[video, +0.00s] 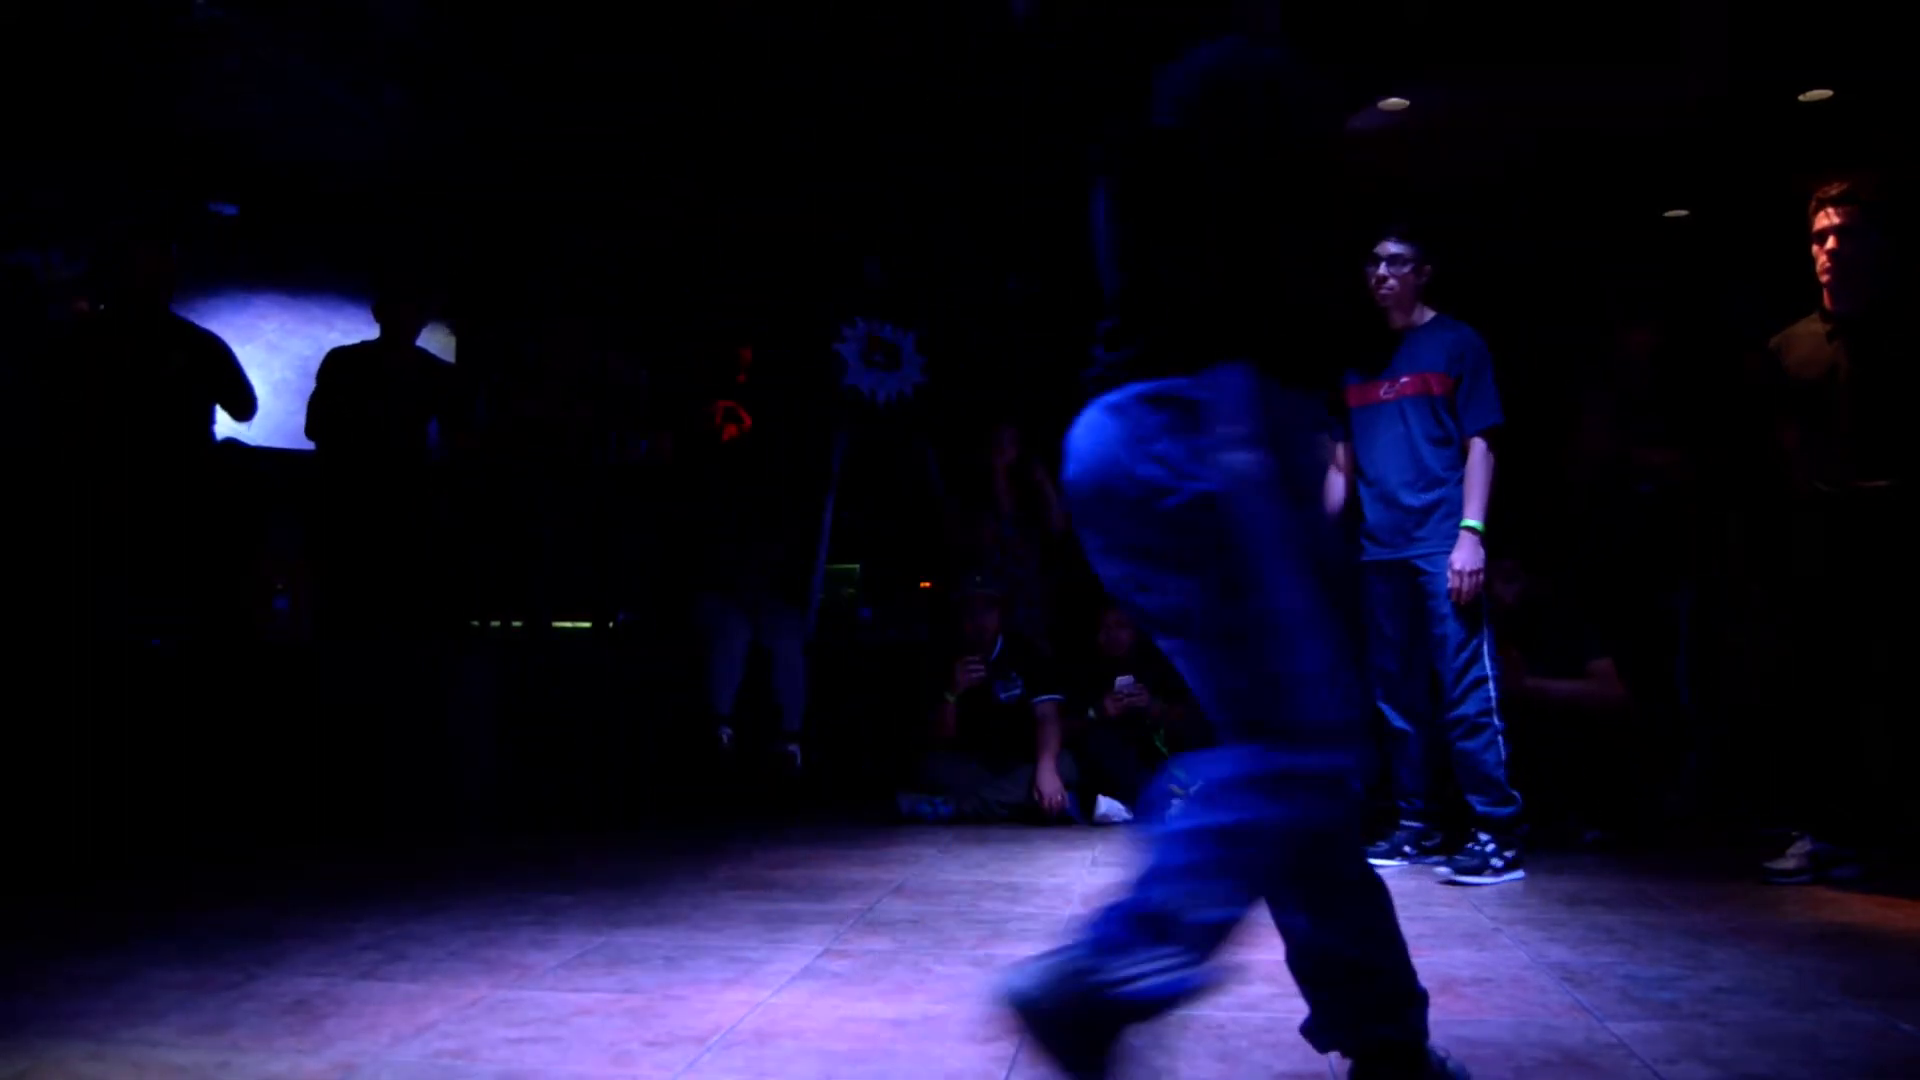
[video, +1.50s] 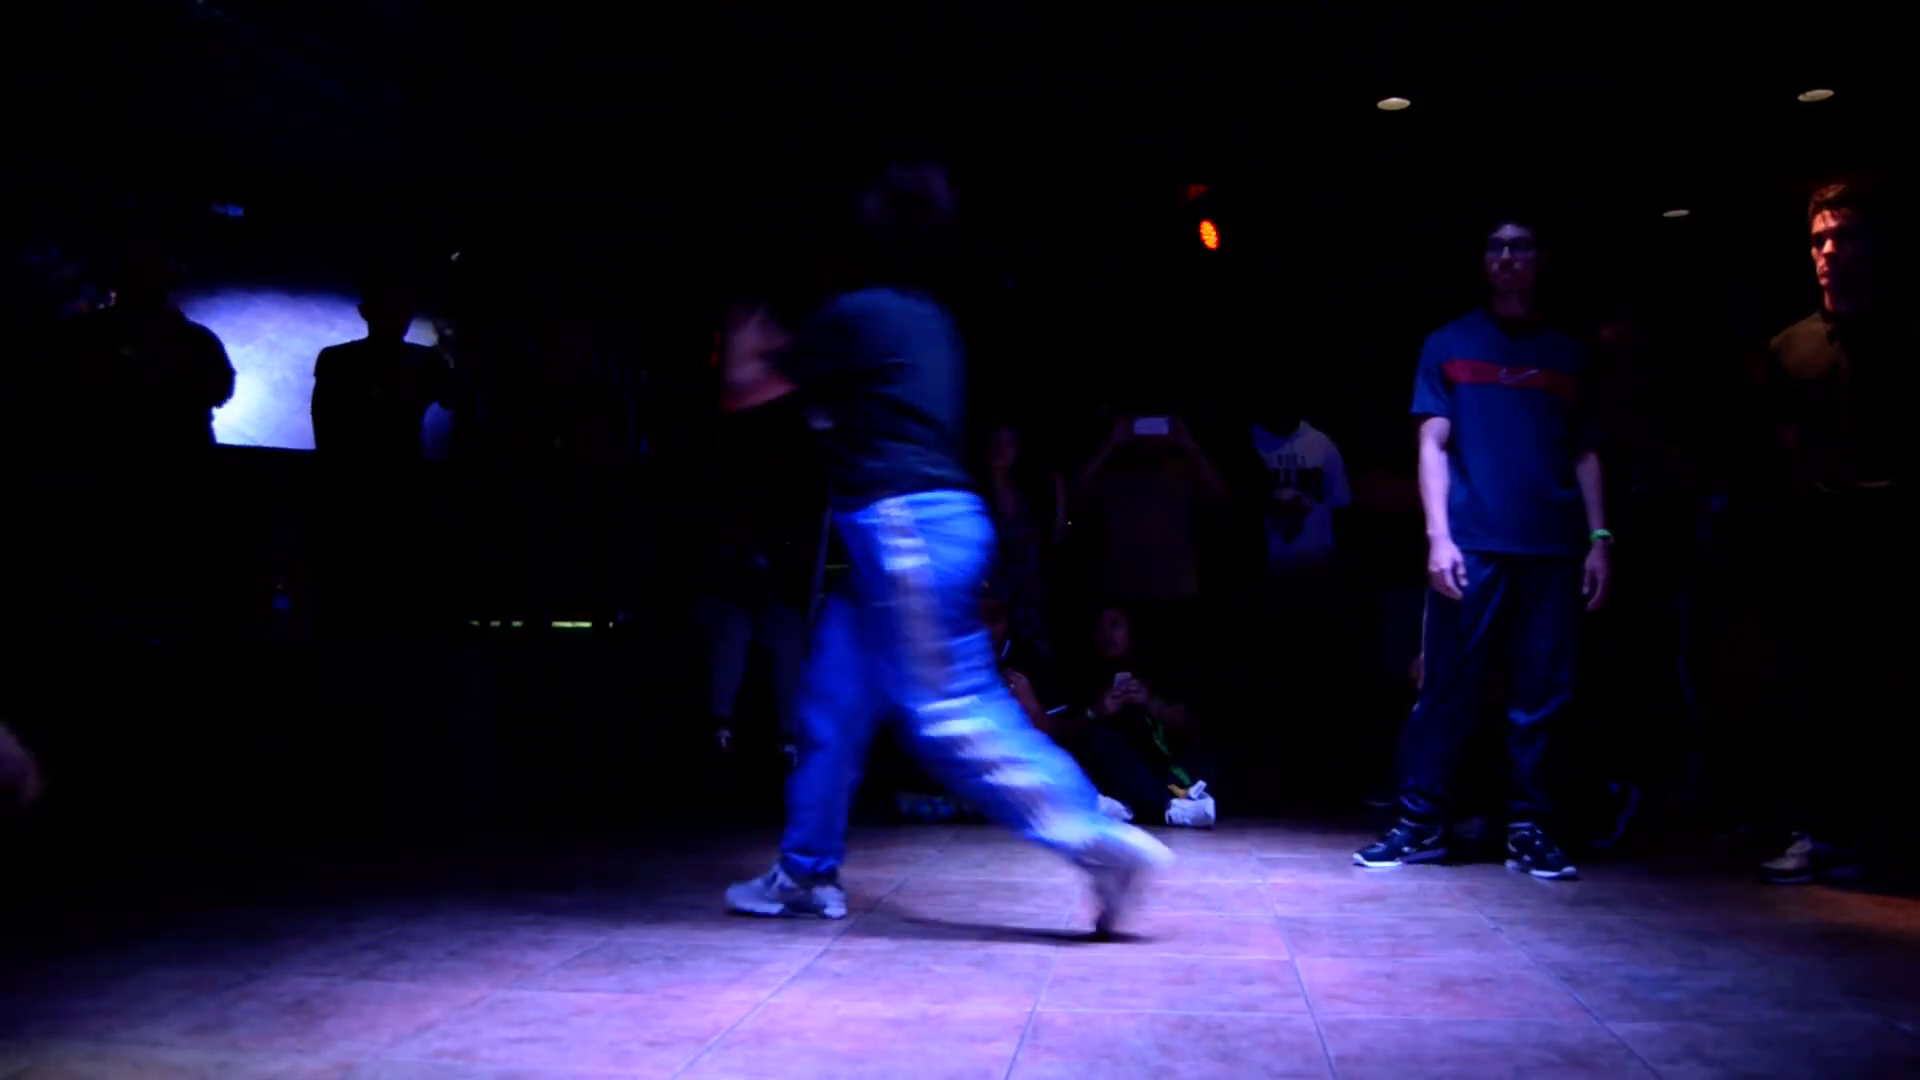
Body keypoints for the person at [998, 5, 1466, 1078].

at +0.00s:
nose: (1399, 277)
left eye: (1408, 259)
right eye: (1389, 259)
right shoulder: (1262, 104)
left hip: (1134, 433)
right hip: (1195, 436)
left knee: (1282, 754)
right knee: (1314, 747)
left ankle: (1384, 1039)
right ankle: (1091, 984)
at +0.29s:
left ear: (1230, 59)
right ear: (1327, 47)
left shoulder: (1196, 148)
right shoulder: (1396, 117)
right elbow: (1466, 251)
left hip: (1232, 429)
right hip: (1384, 420)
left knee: (1301, 721)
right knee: (1455, 698)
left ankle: (1379, 1019)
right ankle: (1513, 981)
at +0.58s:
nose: (1248, 132)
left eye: (1250, 118)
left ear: (1265, 129)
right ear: (1380, 109)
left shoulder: (1243, 203)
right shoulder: (1429, 190)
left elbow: (1105, 233)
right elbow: (1518, 204)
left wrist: (1136, 207)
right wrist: (1527, 164)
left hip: (1293, 470)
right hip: (1427, 460)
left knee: (1292, 702)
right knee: (1437, 705)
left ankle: (1383, 895)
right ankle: (1462, 955)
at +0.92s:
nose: (1150, 204)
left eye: (1156, 186)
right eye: (1154, 185)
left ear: (1178, 186)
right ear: (1254, 175)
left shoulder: (1170, 274)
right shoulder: (1324, 265)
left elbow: (1106, 385)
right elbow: (1379, 385)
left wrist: (1003, 494)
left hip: (1219, 508)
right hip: (1330, 498)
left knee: (1191, 709)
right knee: (1371, 703)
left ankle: (1184, 899)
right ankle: (1460, 939)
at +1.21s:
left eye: (1020, 189)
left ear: (1035, 201)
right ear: (1106, 198)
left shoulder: (1032, 284)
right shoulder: (1133, 283)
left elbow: (901, 353)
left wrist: (810, 286)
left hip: (1081, 500)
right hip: (1157, 490)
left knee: (1092, 691)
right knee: (1116, 672)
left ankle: (1171, 894)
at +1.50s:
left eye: (861, 220)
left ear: (864, 231)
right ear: (929, 235)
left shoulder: (863, 317)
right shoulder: (928, 320)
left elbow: (748, 386)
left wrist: (746, 336)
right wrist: (768, 350)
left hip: (905, 525)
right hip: (938, 516)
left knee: (947, 698)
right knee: (837, 698)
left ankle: (1102, 842)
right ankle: (805, 873)